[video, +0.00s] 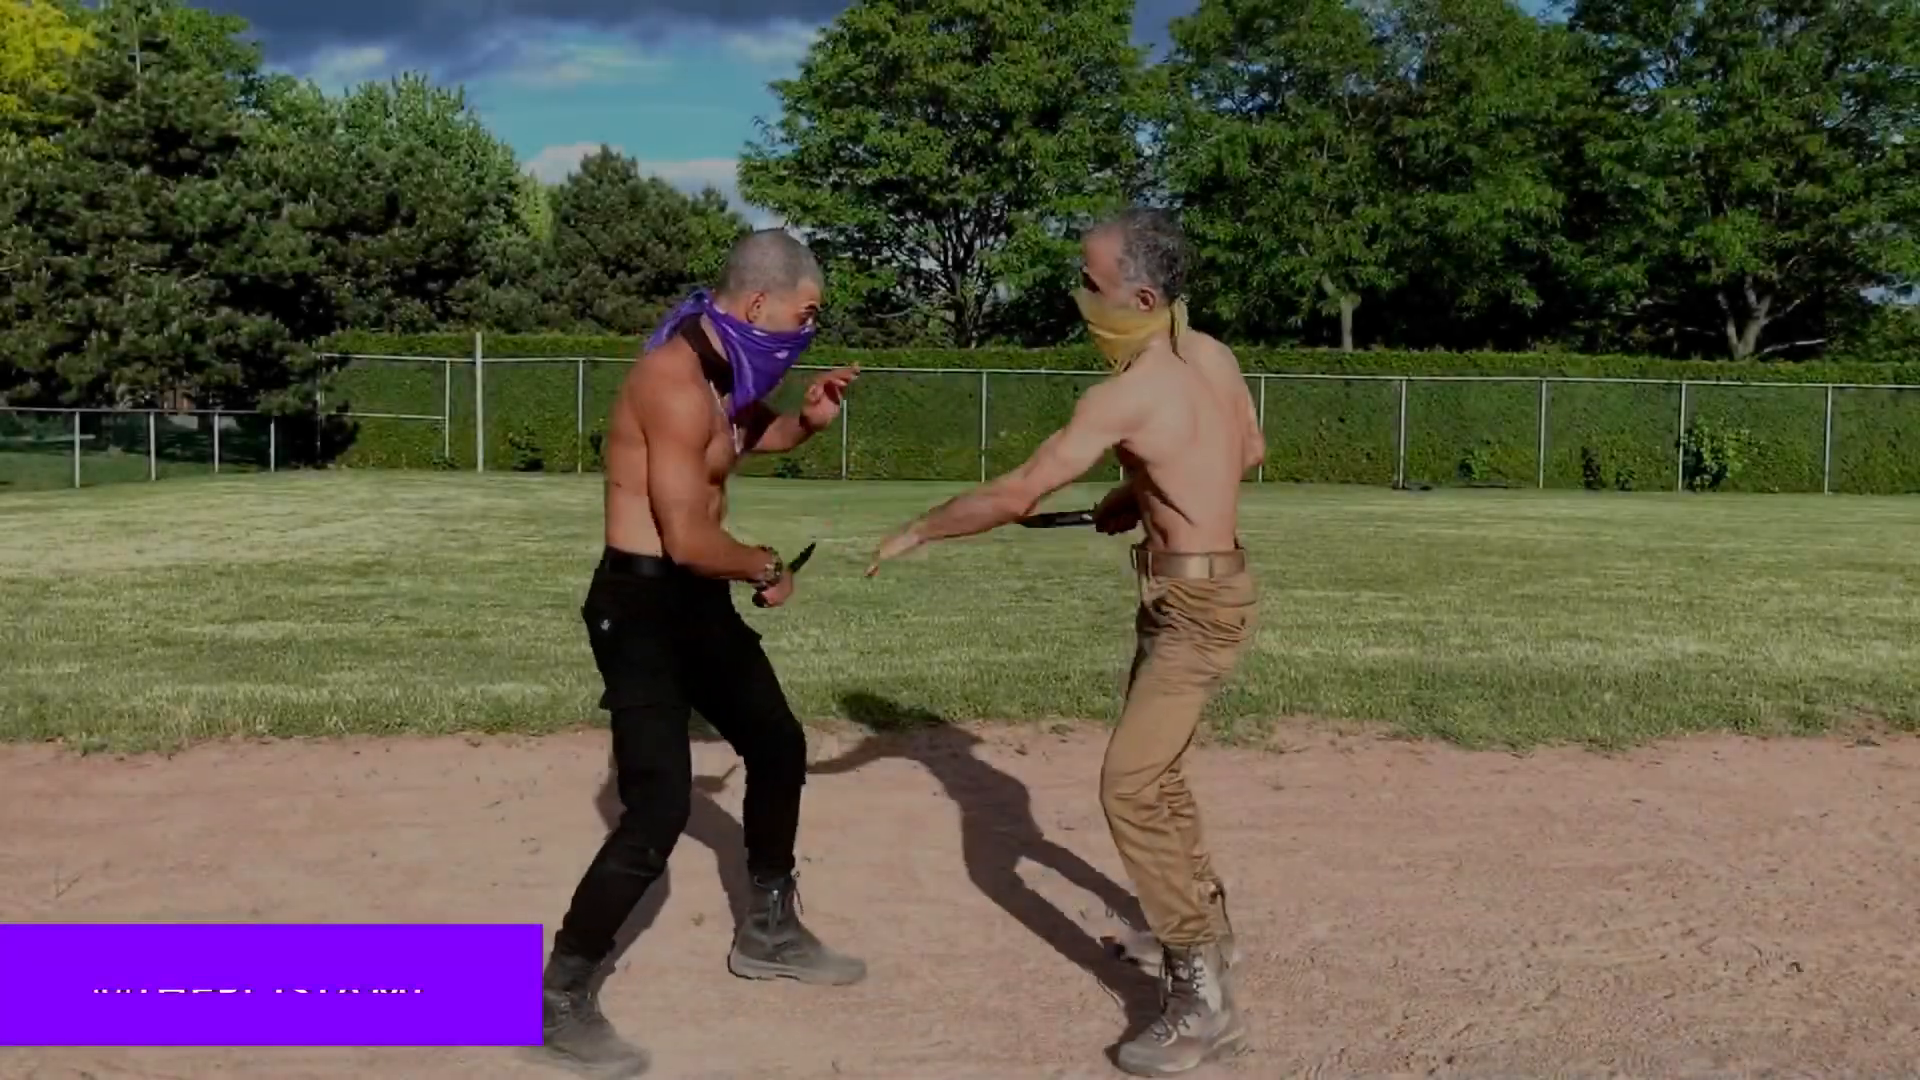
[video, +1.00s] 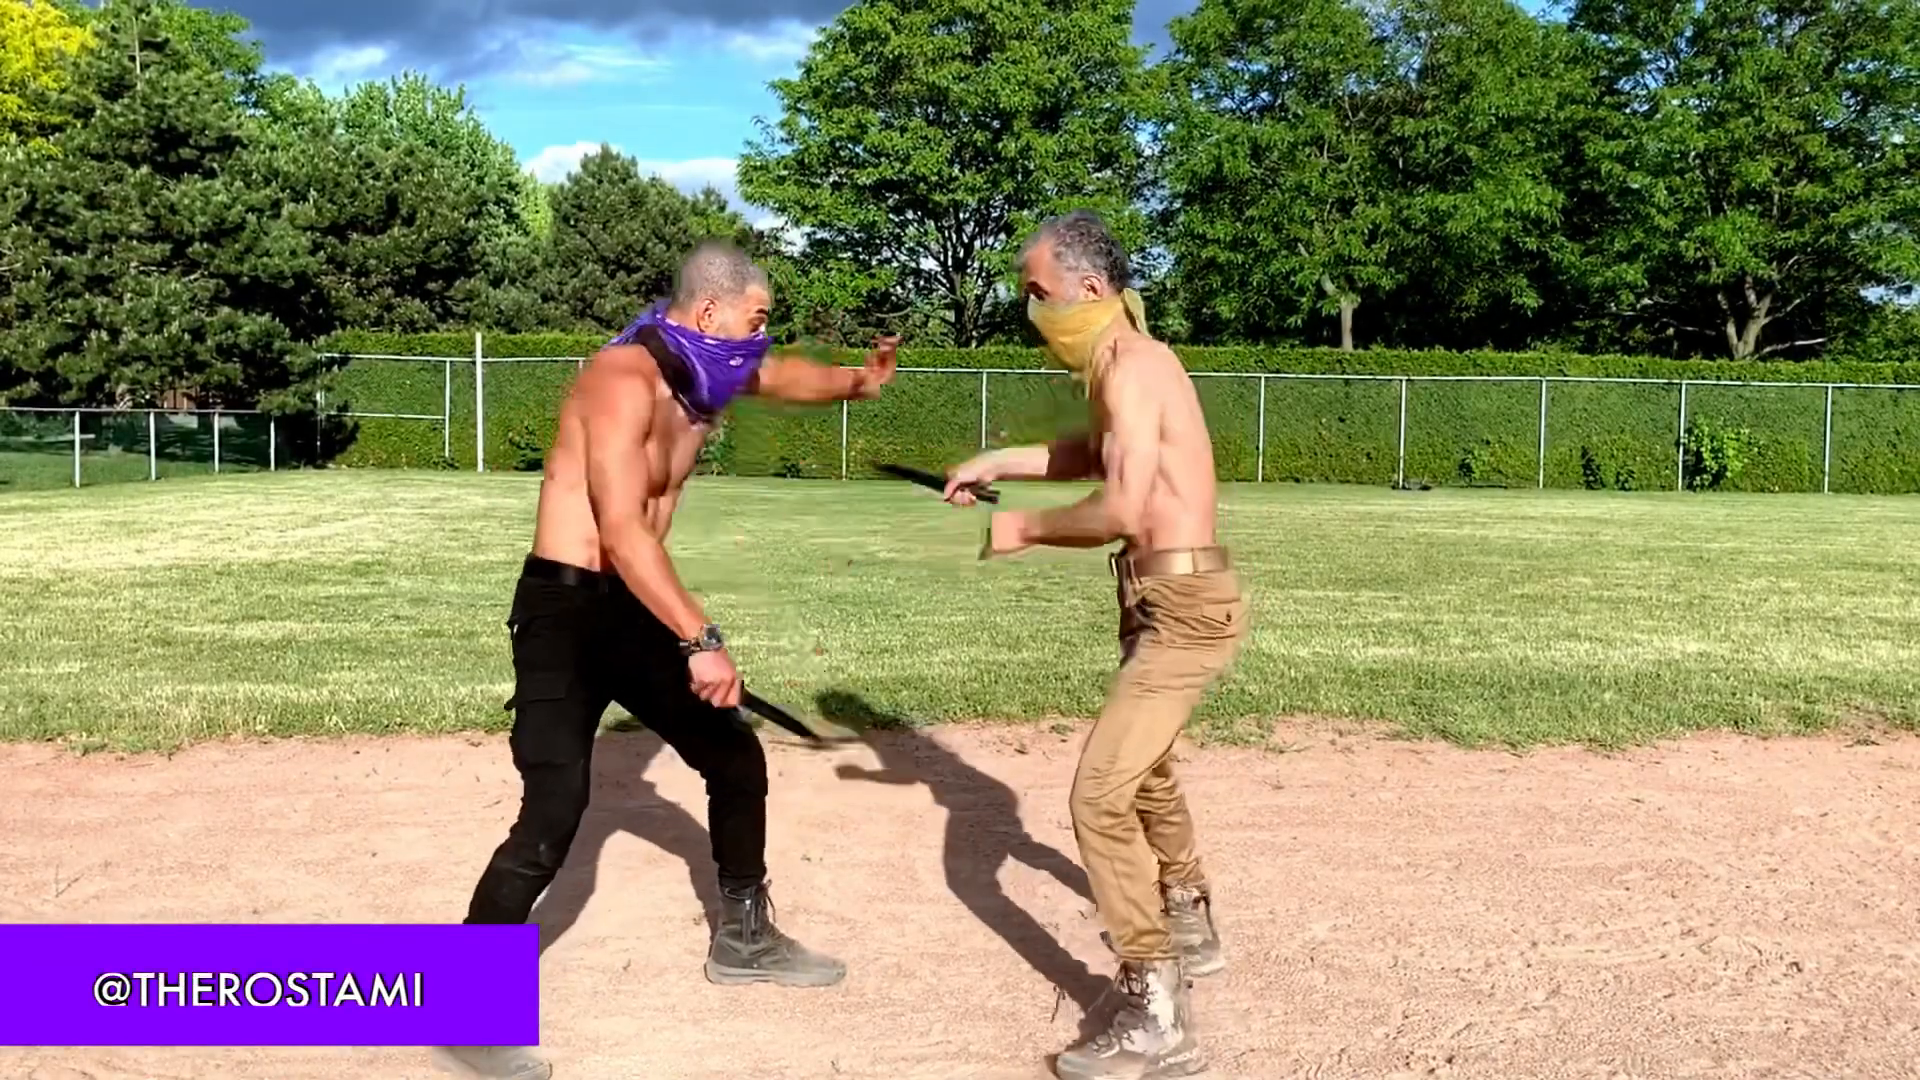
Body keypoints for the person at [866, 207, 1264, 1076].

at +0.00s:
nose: (1084, 297)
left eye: (1094, 284)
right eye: (1084, 280)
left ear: (1140, 291)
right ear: (1159, 291)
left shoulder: (1127, 395)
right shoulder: (1211, 355)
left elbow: (1020, 493)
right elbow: (1249, 451)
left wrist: (922, 530)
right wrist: (1146, 490)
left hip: (1192, 608)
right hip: (1203, 593)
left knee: (1131, 787)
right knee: (1151, 770)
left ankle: (1202, 995)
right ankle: (1201, 928)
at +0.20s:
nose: (1040, 306)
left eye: (1049, 290)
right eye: (1038, 291)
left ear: (1099, 285)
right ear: (1092, 287)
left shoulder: (1156, 371)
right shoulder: (1119, 362)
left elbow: (1239, 492)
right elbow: (1140, 459)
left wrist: (1144, 558)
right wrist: (1091, 485)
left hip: (1202, 596)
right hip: (1168, 591)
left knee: (1140, 787)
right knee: (1155, 770)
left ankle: (1203, 994)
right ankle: (1196, 918)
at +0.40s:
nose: (1043, 311)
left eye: (1050, 293)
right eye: (1038, 295)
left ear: (1103, 282)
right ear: (1078, 287)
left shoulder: (1174, 364)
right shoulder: (1096, 370)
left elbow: (1237, 492)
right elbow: (1102, 480)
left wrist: (1121, 484)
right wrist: (1027, 506)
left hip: (1211, 593)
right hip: (1164, 592)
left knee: (1147, 783)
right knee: (1136, 764)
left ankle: (1203, 990)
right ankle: (1190, 910)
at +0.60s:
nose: (1041, 317)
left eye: (1049, 299)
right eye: (1035, 302)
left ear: (1101, 288)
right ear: (1078, 296)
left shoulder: (1168, 371)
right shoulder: (1097, 384)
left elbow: (1191, 495)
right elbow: (1023, 472)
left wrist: (1094, 456)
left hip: (1207, 595)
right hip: (1172, 592)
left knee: (1120, 786)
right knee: (1146, 772)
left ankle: (1200, 991)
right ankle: (1181, 923)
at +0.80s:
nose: (1030, 319)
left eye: (1035, 300)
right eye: (1024, 303)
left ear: (1083, 289)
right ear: (1091, 292)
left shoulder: (1121, 364)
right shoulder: (1141, 368)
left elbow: (1055, 449)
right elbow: (1170, 485)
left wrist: (967, 445)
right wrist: (1106, 544)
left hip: (1197, 604)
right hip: (1178, 599)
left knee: (1117, 777)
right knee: (1126, 766)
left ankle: (1183, 993)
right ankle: (1185, 925)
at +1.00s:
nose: (1035, 314)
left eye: (1041, 294)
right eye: (1029, 296)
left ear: (1091, 288)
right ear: (1095, 288)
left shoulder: (1133, 374)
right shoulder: (1132, 362)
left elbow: (1126, 512)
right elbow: (1094, 453)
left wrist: (1033, 527)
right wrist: (999, 462)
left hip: (1183, 607)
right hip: (1162, 600)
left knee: (1099, 796)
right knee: (1142, 769)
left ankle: (1155, 1012)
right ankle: (1190, 928)